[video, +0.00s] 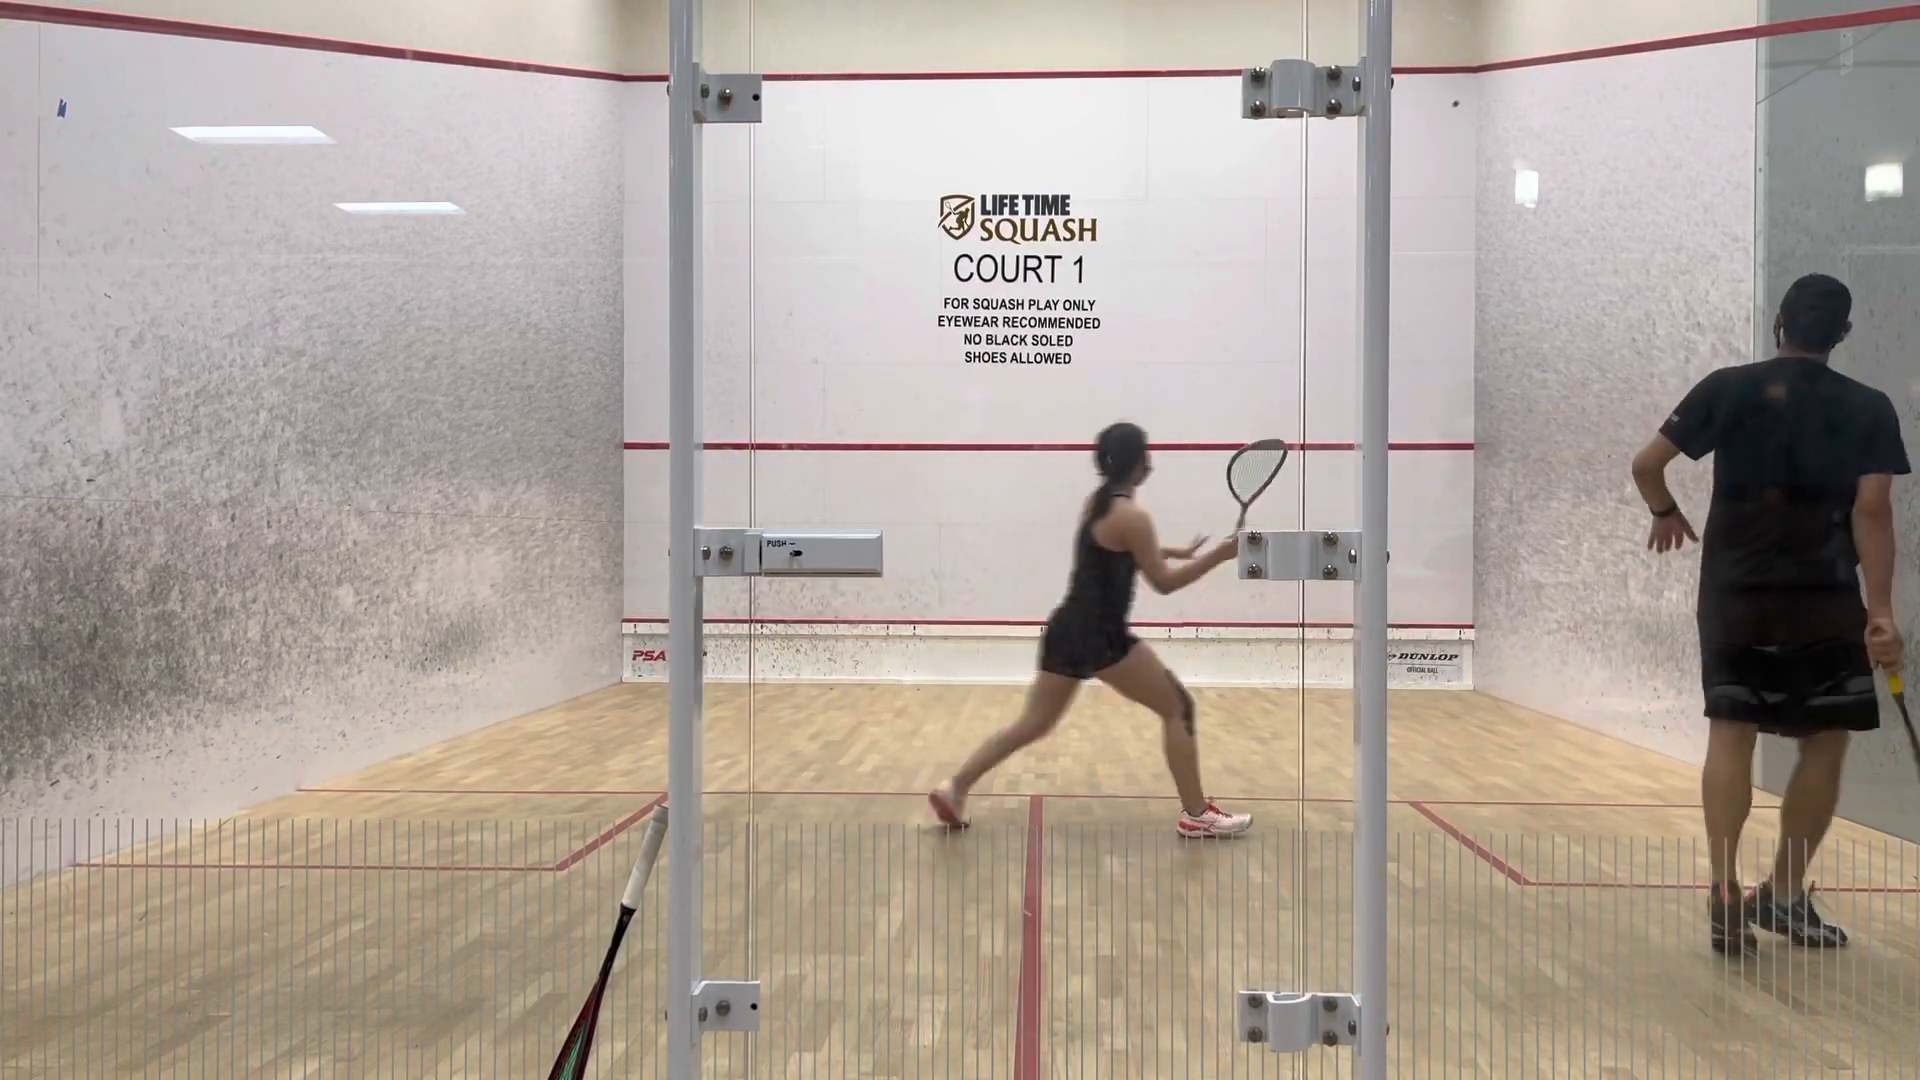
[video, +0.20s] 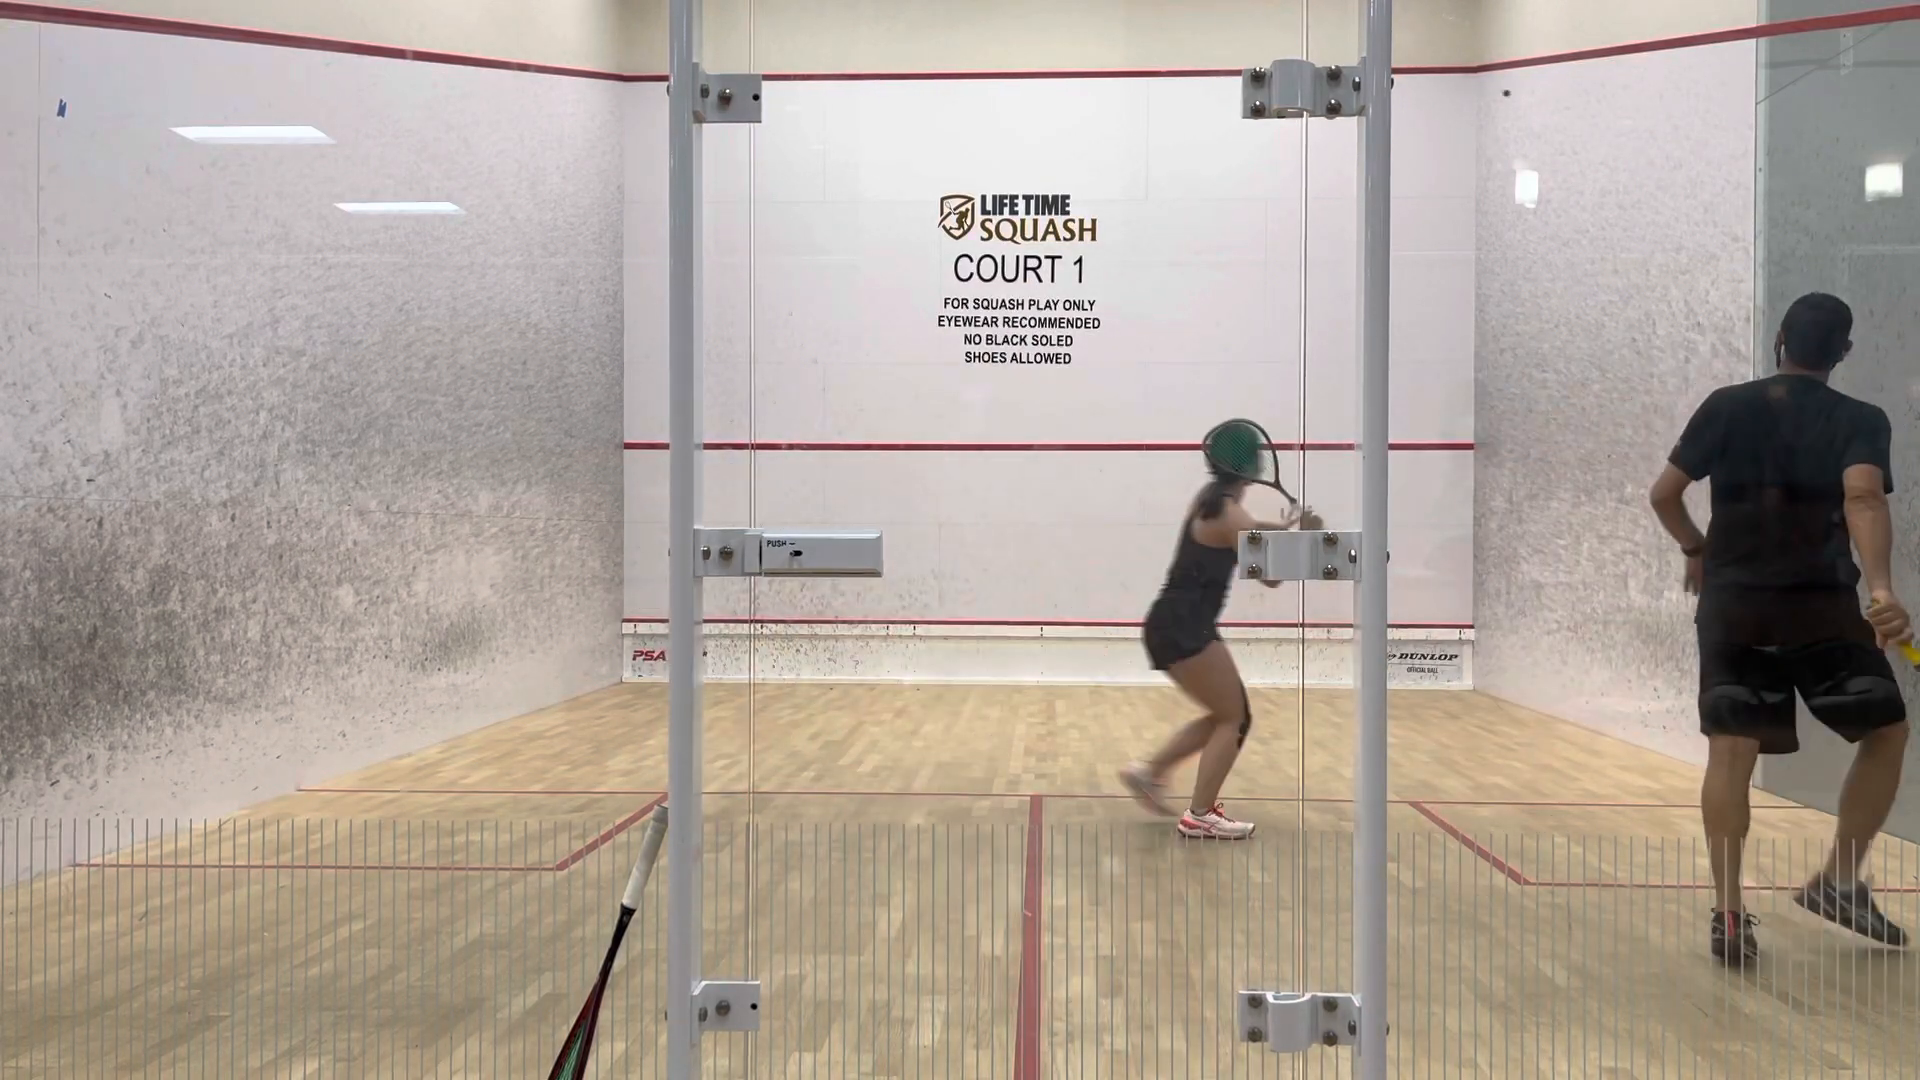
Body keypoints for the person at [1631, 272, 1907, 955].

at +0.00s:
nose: (1817, 336)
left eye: (1797, 320)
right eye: (1838, 329)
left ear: (1780, 325)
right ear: (1843, 334)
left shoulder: (1727, 387)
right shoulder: (1868, 407)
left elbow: (1646, 463)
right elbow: (1872, 509)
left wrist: (1664, 508)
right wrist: (1880, 611)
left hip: (1731, 607)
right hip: (1822, 612)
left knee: (1730, 736)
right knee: (1824, 745)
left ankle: (1723, 893)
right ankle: (1787, 893)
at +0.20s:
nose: (1829, 353)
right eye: (1842, 346)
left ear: (1781, 343)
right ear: (1842, 354)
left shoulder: (1726, 405)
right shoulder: (1858, 419)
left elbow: (1664, 493)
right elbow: (1862, 497)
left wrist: (1696, 546)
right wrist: (1880, 589)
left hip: (1731, 612)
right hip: (1819, 611)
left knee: (1730, 753)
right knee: (1887, 730)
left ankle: (1728, 915)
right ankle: (1839, 879)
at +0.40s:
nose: (1853, 346)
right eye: (1863, 339)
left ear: (1801, 333)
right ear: (1861, 345)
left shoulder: (1746, 397)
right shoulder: (1879, 411)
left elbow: (1696, 489)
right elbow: (1884, 504)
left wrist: (1742, 540)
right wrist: (1910, 606)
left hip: (1757, 619)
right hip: (1845, 621)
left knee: (1747, 750)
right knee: (1856, 761)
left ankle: (1728, 897)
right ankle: (1853, 919)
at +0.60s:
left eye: (1828, 335)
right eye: (1878, 347)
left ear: (1820, 339)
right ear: (1882, 353)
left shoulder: (1758, 399)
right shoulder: (1893, 419)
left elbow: (1704, 490)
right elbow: (1906, 524)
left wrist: (1750, 544)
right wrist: (1916, 578)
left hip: (1762, 611)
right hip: (1851, 614)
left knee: (1753, 731)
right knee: (1859, 761)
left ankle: (1710, 852)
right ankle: (1853, 920)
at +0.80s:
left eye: (1814, 343)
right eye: (1865, 355)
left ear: (1807, 344)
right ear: (1869, 358)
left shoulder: (1746, 400)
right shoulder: (1871, 421)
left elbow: (1687, 486)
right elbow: (1886, 527)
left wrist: (1725, 546)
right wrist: (1919, 613)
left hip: (1742, 612)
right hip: (1828, 616)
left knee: (1726, 738)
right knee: (1849, 759)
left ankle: (1672, 880)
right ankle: (1852, 920)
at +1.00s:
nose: (1835, 377)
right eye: (1840, 370)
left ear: (1779, 358)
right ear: (1836, 374)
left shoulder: (1720, 409)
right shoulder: (1821, 428)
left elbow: (1657, 492)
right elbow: (1829, 524)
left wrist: (1699, 544)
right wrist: (1897, 616)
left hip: (1696, 619)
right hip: (1773, 622)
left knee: (1696, 744)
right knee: (1820, 761)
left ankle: (1664, 893)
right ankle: (1848, 917)